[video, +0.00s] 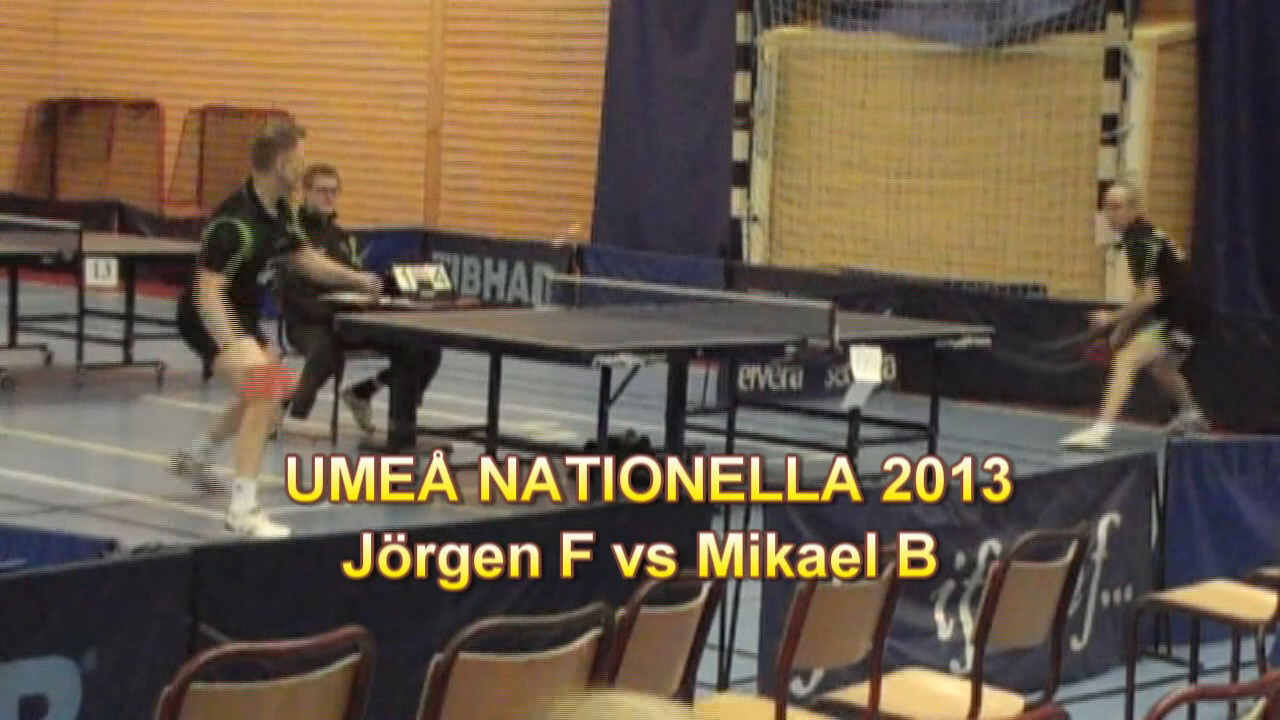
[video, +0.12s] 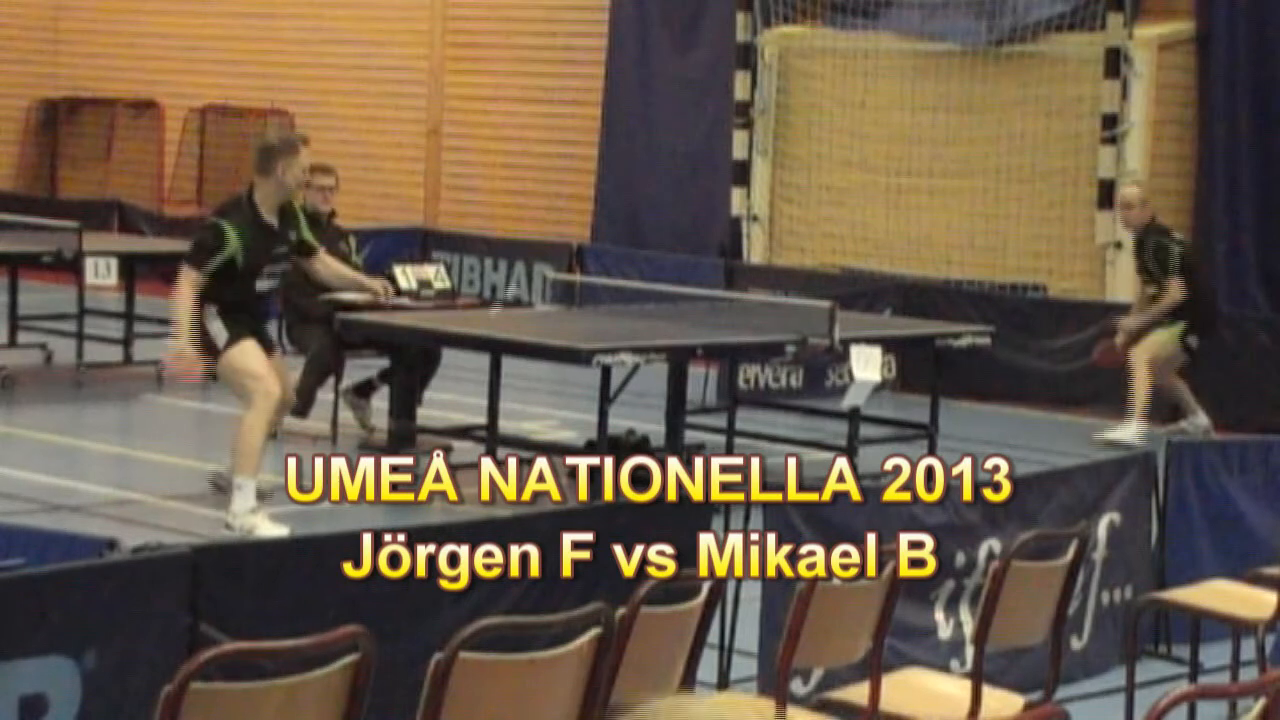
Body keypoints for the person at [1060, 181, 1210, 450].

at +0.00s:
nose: (1110, 215)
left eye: (1117, 207)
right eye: (1107, 208)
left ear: (1134, 209)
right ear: (1104, 210)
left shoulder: (1147, 241)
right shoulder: (1134, 239)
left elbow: (1151, 295)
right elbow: (1144, 295)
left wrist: (1114, 317)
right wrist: (1121, 329)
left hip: (1182, 316)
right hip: (1177, 313)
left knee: (1126, 360)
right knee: (1163, 367)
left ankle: (1102, 428)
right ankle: (1191, 413)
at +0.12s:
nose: (1125, 215)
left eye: (1131, 208)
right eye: (1121, 208)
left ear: (1148, 209)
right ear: (1118, 211)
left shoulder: (1160, 241)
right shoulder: (1143, 241)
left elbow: (1177, 292)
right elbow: (1147, 290)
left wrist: (1138, 321)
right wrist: (1128, 326)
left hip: (1192, 318)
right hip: (1177, 316)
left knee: (1140, 356)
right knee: (1161, 371)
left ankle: (1135, 426)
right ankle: (1198, 418)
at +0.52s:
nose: (1162, 205)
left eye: (1168, 199)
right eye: (1159, 199)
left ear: (1184, 200)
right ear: (1155, 202)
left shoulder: (1205, 230)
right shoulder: (1166, 237)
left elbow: (1233, 272)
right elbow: (1166, 286)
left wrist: (1202, 309)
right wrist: (1150, 317)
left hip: (1234, 310)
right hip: (1199, 310)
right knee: (1158, 352)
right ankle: (1164, 411)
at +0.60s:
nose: (1184, 214)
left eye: (1189, 207)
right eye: (1179, 208)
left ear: (1202, 209)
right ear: (1173, 211)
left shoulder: (1224, 241)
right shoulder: (1176, 244)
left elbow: (1258, 277)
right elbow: (1176, 290)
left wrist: (1235, 317)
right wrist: (1161, 321)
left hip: (1243, 319)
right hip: (1201, 319)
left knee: (1271, 371)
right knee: (1165, 350)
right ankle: (1164, 411)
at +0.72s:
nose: (1213, 217)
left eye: (1220, 210)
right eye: (1210, 210)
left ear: (1239, 212)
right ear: (1206, 212)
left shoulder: (1265, 244)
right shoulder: (1207, 248)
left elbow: (1276, 286)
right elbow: (1195, 291)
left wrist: (1275, 319)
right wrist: (1196, 325)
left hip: (1265, 321)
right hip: (1224, 321)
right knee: (1184, 358)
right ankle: (1171, 410)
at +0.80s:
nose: (1235, 218)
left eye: (1242, 211)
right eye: (1232, 212)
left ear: (1261, 213)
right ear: (1229, 214)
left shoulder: (1275, 244)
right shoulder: (1229, 248)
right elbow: (1212, 293)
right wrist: (1222, 332)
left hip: (1272, 319)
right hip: (1237, 318)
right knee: (1193, 359)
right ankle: (1182, 410)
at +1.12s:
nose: (1249, 231)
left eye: (1256, 224)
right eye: (1247, 224)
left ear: (1275, 227)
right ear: (1242, 226)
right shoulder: (1241, 264)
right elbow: (1210, 305)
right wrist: (1217, 350)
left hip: (1275, 332)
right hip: (1246, 328)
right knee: (1196, 344)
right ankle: (1182, 421)